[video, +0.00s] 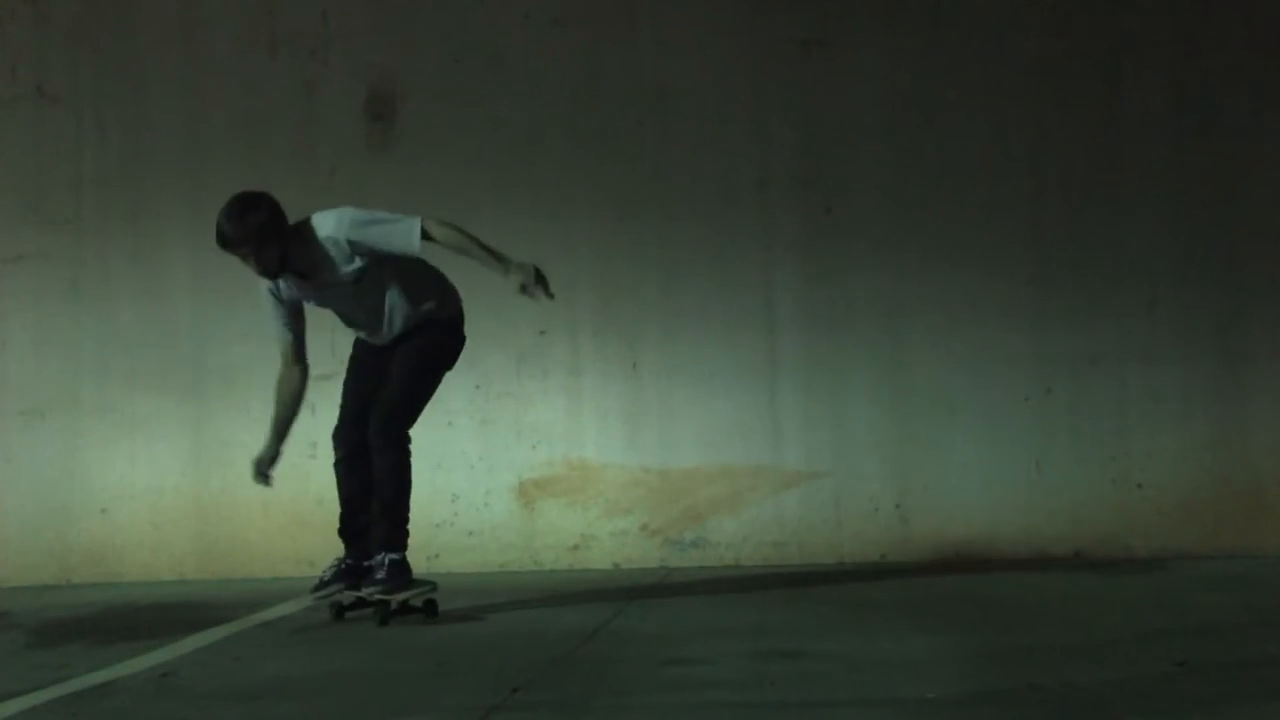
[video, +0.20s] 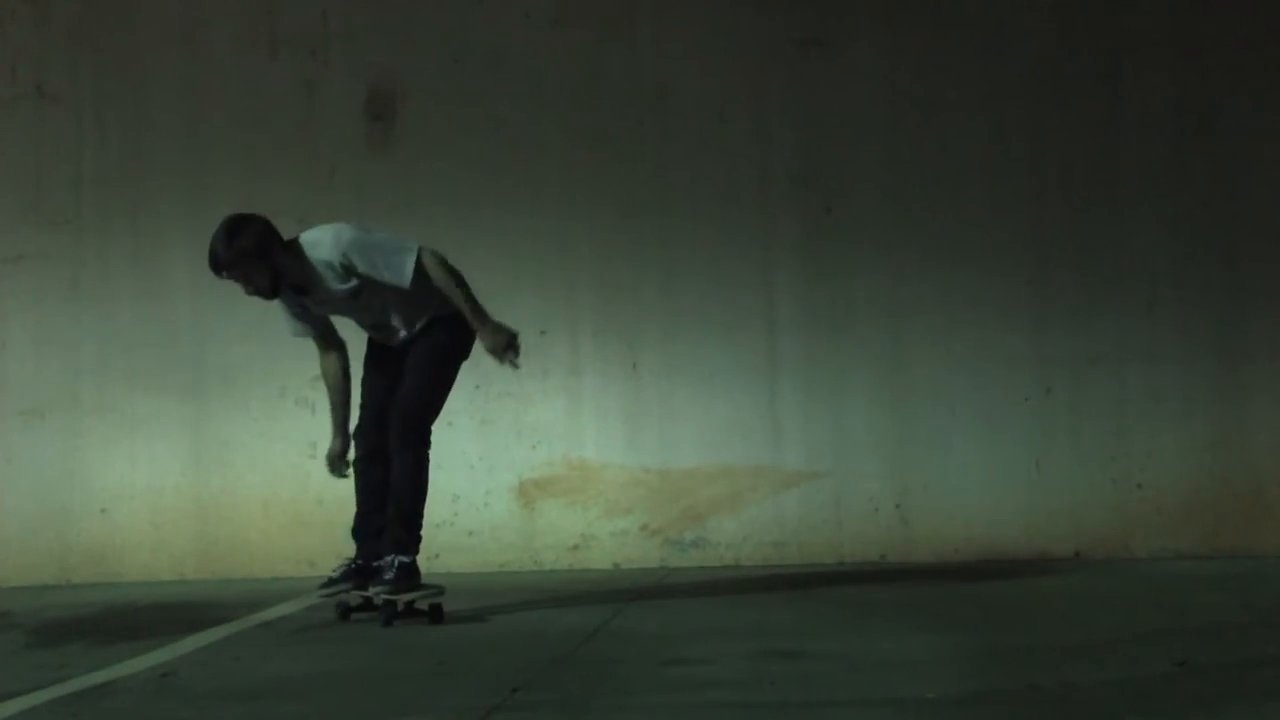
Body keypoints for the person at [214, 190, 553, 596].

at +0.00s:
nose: (253, 265)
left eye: (254, 251)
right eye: (243, 258)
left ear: (277, 231)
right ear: (242, 254)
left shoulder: (337, 229)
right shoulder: (280, 283)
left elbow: (430, 229)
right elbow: (292, 365)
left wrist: (508, 267)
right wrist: (273, 445)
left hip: (431, 324)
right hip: (377, 339)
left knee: (387, 430)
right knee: (348, 438)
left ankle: (391, 560)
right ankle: (359, 558)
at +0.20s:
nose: (247, 289)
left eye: (245, 276)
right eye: (238, 282)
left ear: (269, 251)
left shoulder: (339, 248)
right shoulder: (292, 295)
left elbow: (431, 262)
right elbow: (331, 350)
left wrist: (484, 326)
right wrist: (340, 434)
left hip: (440, 320)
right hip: (388, 335)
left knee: (407, 428)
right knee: (371, 438)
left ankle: (401, 560)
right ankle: (369, 558)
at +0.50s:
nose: (254, 256)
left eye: (252, 243)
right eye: (245, 250)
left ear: (276, 219)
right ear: (277, 222)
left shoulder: (348, 222)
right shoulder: (302, 254)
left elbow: (435, 261)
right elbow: (352, 306)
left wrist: (450, 349)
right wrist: (369, 383)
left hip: (450, 314)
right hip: (399, 330)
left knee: (414, 430)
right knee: (378, 434)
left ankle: (408, 560)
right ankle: (378, 556)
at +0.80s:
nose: (274, 194)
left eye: (272, 181)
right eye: (265, 188)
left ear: (295, 156)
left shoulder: (358, 176)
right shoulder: (319, 203)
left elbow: (431, 238)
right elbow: (369, 271)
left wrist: (436, 322)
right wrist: (379, 346)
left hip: (449, 309)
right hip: (403, 320)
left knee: (421, 430)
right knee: (391, 438)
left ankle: (426, 562)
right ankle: (408, 556)